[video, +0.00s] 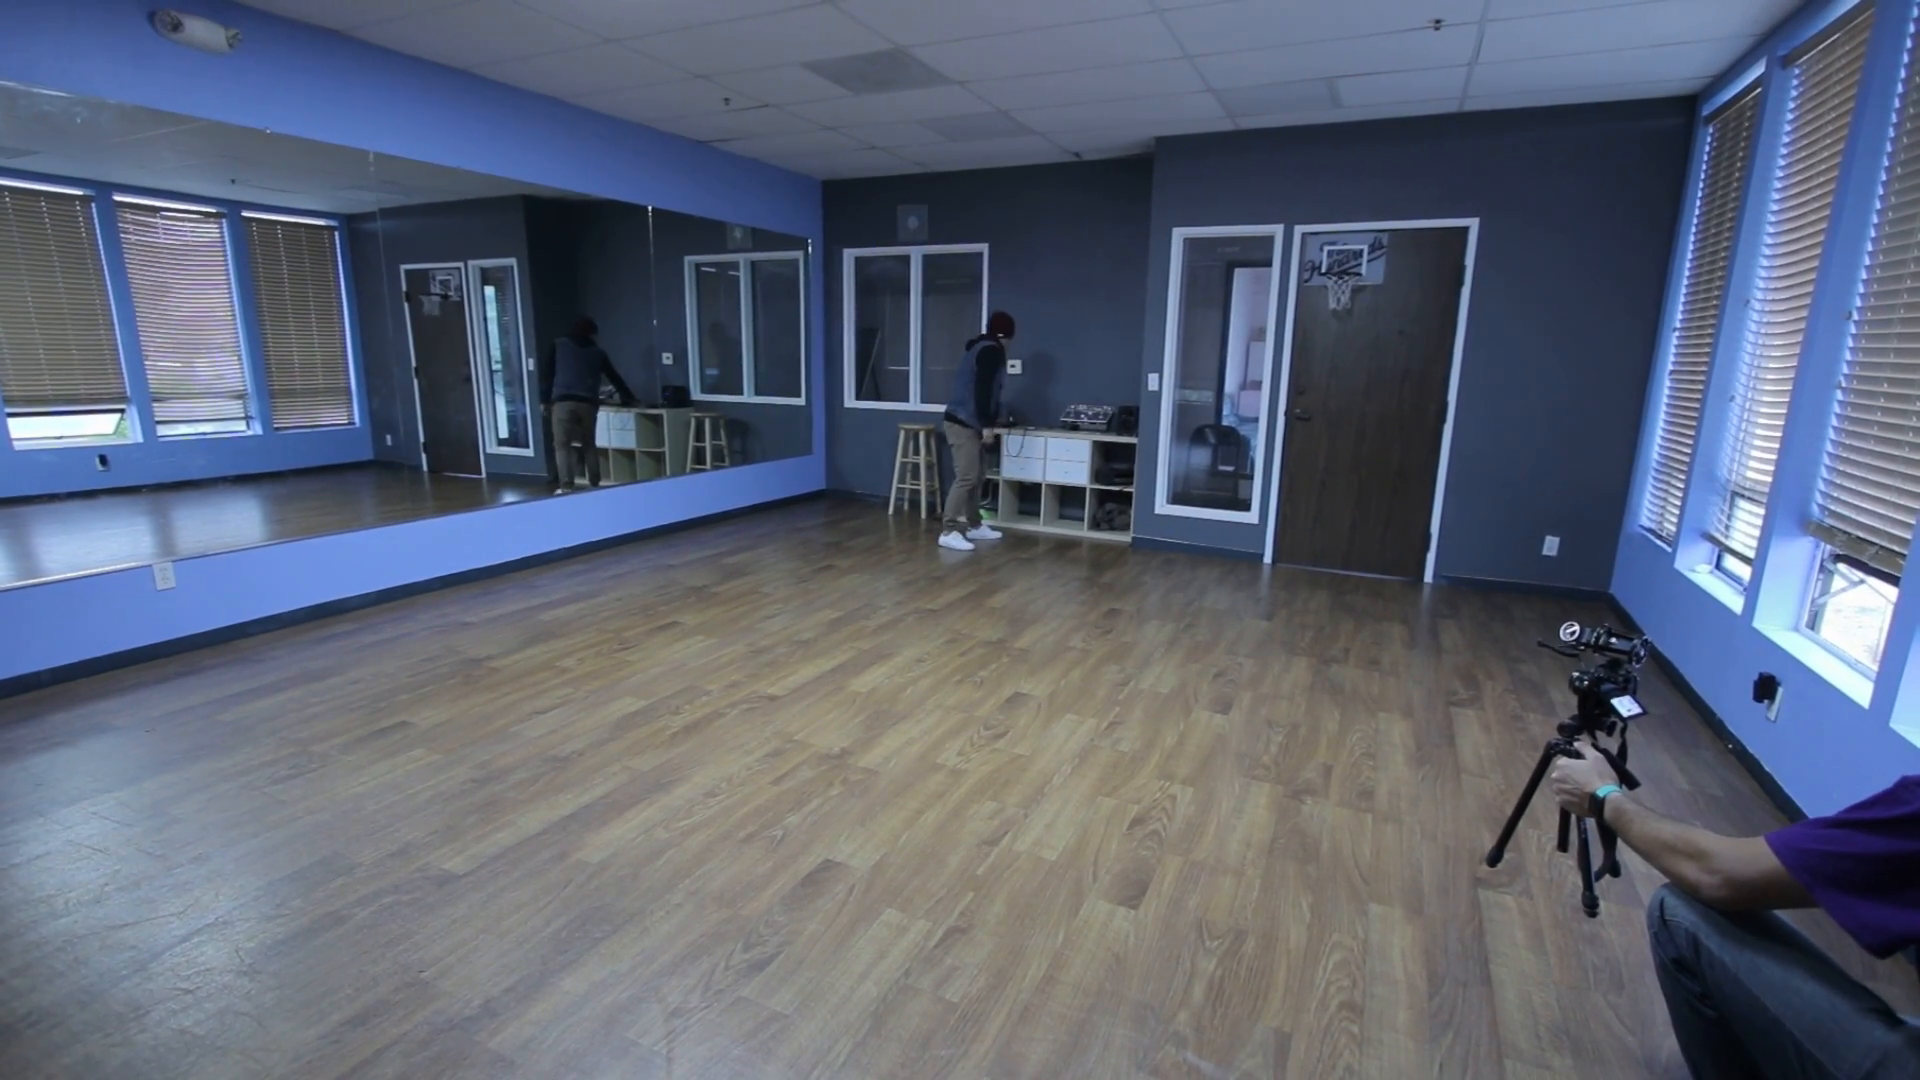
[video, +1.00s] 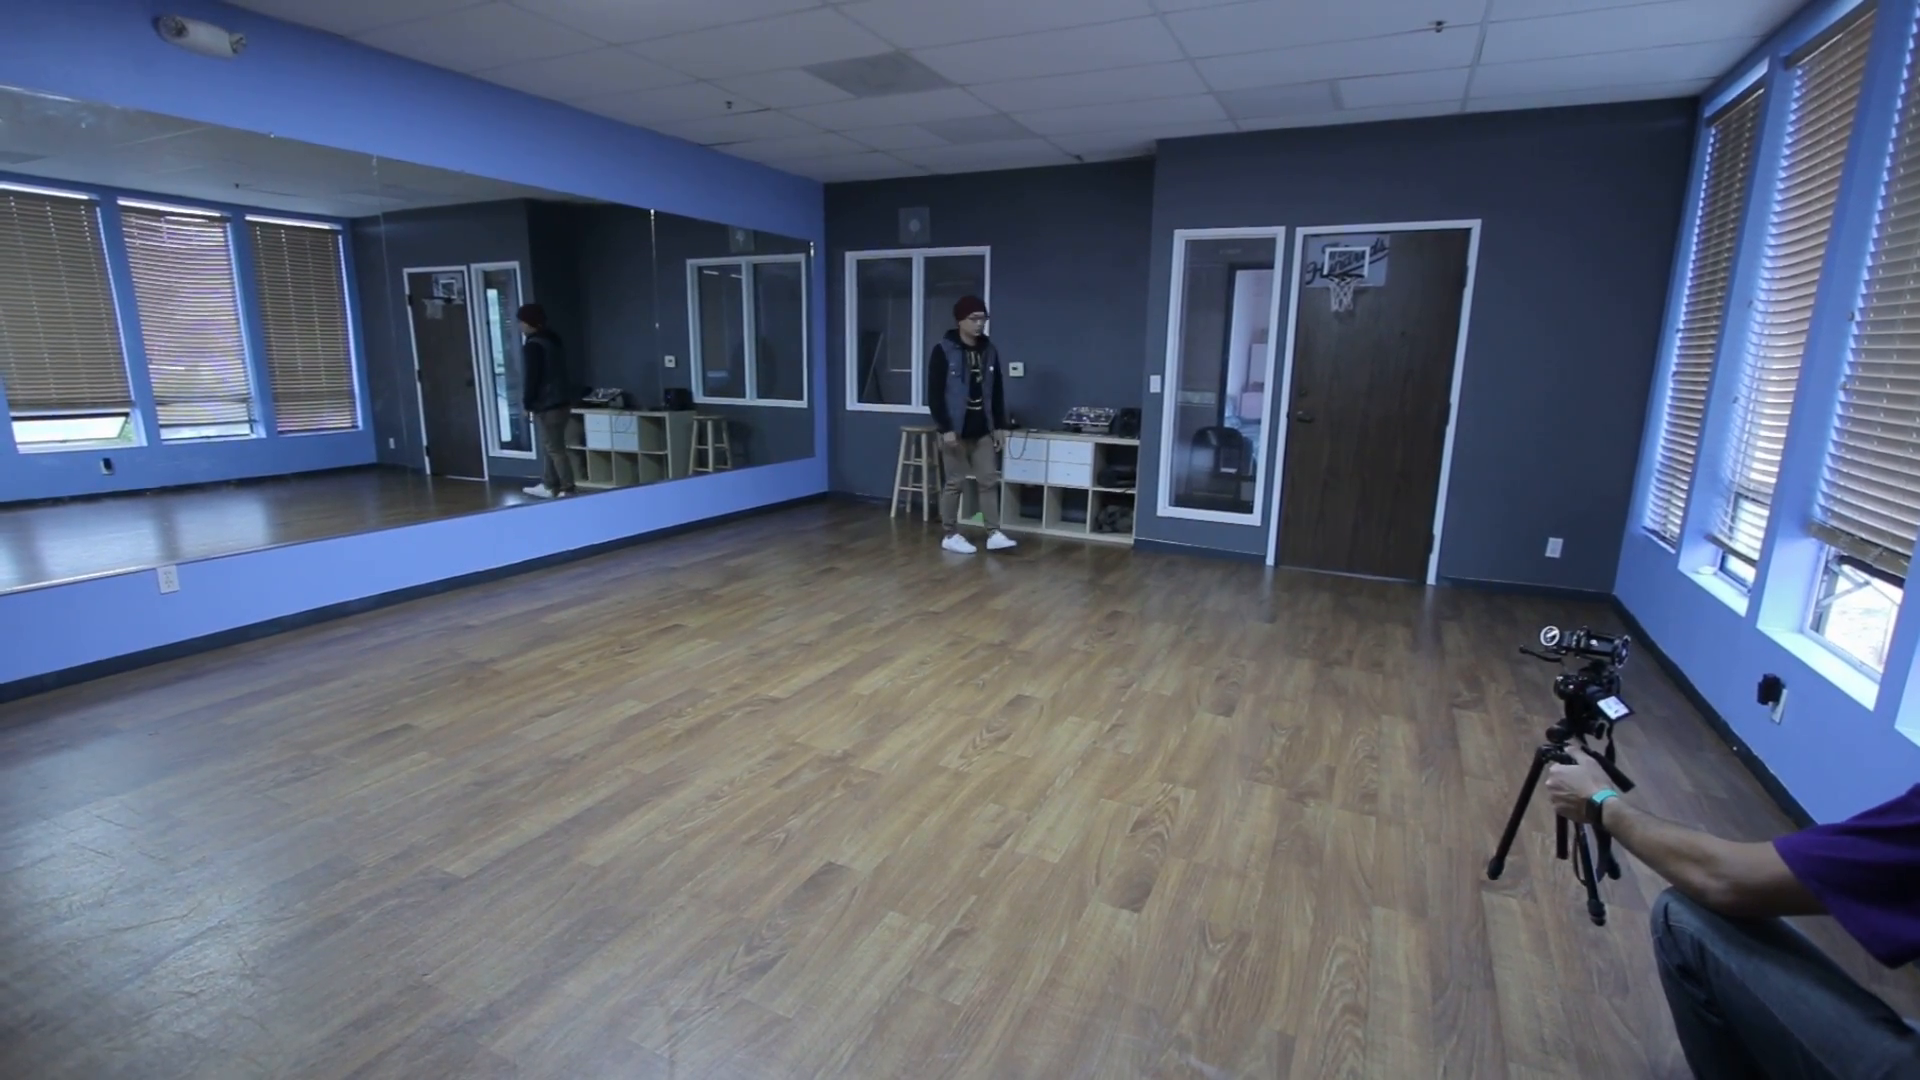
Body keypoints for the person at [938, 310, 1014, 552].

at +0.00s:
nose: (1011, 341)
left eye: (1011, 336)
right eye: (1010, 336)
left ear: (990, 329)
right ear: (1005, 334)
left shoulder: (984, 348)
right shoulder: (991, 351)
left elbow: (983, 389)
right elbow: (983, 389)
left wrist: (991, 421)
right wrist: (987, 424)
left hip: (970, 423)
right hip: (962, 422)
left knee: (975, 477)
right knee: (966, 477)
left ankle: (974, 525)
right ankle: (949, 531)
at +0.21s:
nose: (1007, 340)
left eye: (1007, 335)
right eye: (1006, 335)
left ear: (990, 330)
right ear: (997, 332)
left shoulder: (990, 352)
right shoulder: (980, 351)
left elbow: (988, 394)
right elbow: (971, 391)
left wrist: (991, 426)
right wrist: (976, 427)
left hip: (969, 425)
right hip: (957, 425)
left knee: (975, 476)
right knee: (967, 477)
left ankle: (974, 525)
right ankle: (951, 531)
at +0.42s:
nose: (1003, 336)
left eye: (1002, 331)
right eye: (1001, 331)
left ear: (986, 329)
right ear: (990, 330)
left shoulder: (988, 355)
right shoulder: (968, 353)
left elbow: (985, 397)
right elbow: (957, 395)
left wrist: (984, 432)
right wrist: (960, 431)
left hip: (973, 428)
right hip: (954, 428)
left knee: (974, 480)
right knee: (965, 481)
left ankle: (972, 526)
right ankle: (950, 533)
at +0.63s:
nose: (997, 336)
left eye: (997, 331)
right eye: (995, 331)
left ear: (979, 330)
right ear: (984, 331)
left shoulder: (985, 357)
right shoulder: (955, 357)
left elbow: (989, 394)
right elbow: (940, 398)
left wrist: (990, 426)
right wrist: (942, 434)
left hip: (977, 431)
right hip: (956, 433)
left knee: (981, 480)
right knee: (965, 483)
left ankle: (979, 528)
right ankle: (949, 535)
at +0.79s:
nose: (991, 332)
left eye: (992, 327)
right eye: (988, 327)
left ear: (977, 328)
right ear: (972, 326)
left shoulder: (986, 357)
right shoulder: (948, 357)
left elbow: (992, 395)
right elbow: (936, 398)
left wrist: (997, 428)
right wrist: (936, 437)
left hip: (981, 430)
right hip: (954, 432)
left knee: (990, 478)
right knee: (962, 482)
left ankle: (995, 527)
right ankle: (949, 535)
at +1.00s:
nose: (980, 324)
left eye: (983, 319)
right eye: (974, 319)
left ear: (985, 321)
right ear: (960, 320)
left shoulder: (989, 351)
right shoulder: (943, 351)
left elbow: (997, 391)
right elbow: (934, 393)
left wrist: (999, 426)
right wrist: (945, 428)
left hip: (983, 427)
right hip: (954, 428)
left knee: (988, 481)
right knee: (954, 483)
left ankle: (993, 532)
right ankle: (949, 534)